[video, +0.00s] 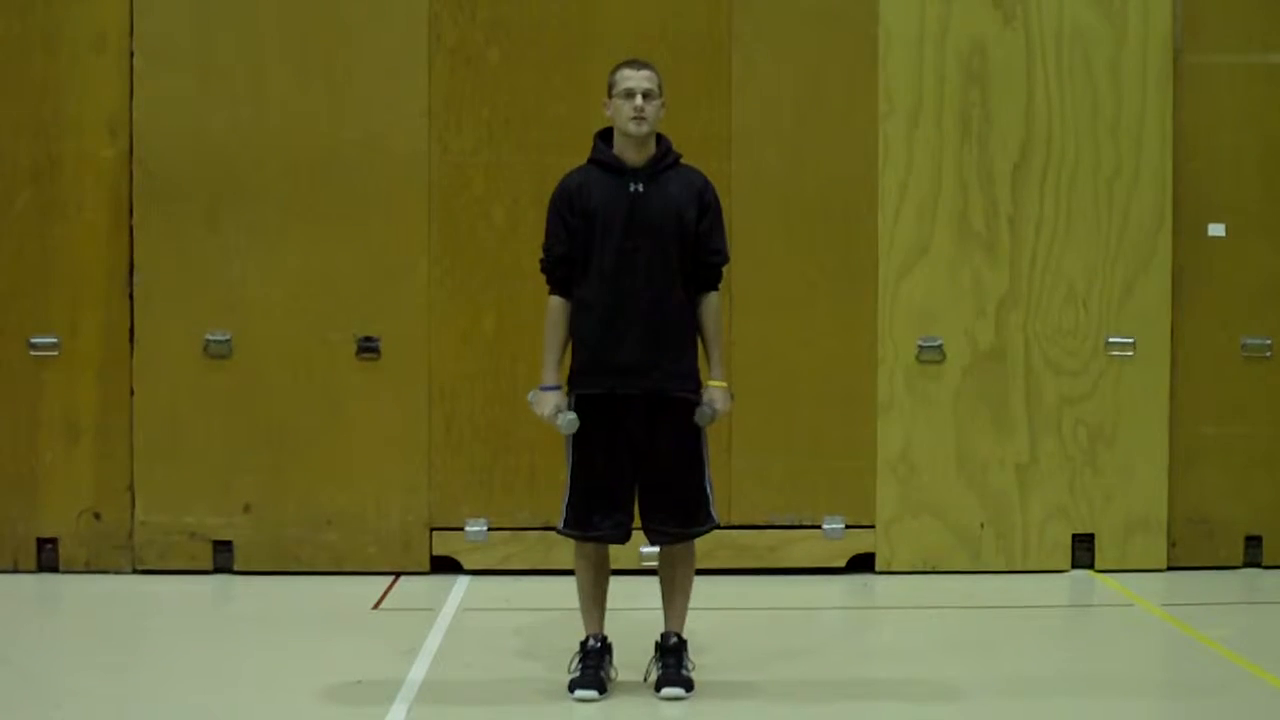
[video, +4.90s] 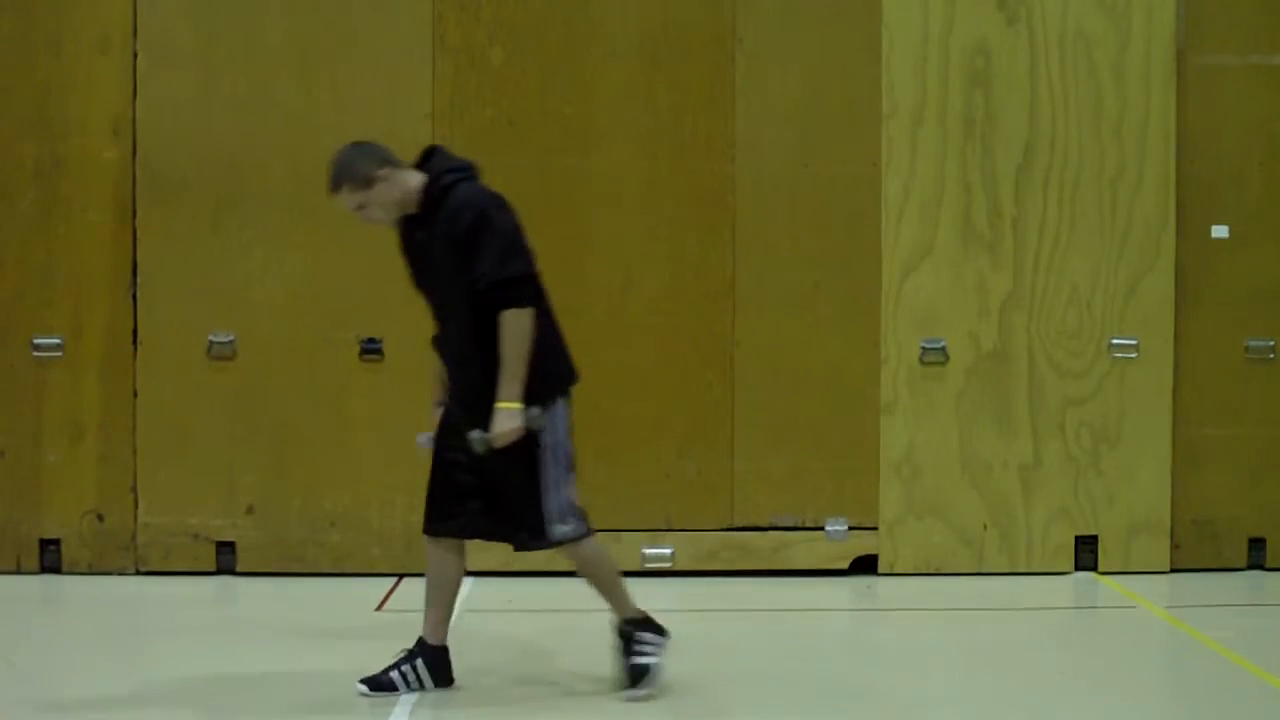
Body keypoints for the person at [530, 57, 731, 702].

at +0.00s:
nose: (639, 105)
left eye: (649, 96)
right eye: (628, 95)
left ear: (663, 108)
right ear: (608, 107)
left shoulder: (693, 188)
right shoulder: (577, 188)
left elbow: (709, 289)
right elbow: (560, 292)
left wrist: (717, 375)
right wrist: (551, 381)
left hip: (672, 384)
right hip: (597, 384)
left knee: (677, 523)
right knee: (592, 521)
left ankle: (673, 648)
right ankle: (593, 647)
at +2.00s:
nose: (644, 108)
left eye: (655, 99)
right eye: (634, 98)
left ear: (669, 109)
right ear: (613, 107)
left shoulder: (696, 188)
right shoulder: (580, 188)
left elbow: (711, 289)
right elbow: (563, 291)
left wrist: (719, 373)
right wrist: (556, 379)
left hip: (674, 384)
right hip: (599, 384)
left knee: (679, 523)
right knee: (594, 522)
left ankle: (673, 647)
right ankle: (594, 647)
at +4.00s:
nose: (622, 152)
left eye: (630, 140)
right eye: (616, 141)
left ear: (661, 122)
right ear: (611, 133)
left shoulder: (718, 192)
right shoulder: (601, 192)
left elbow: (734, 291)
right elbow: (584, 286)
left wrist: (733, 379)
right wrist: (567, 369)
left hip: (689, 389)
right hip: (615, 387)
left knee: (686, 525)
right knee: (610, 522)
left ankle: (676, 648)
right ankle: (610, 646)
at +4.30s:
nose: (572, 174)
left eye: (576, 160)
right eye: (565, 164)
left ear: (607, 139)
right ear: (577, 152)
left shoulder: (679, 193)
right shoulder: (580, 204)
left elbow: (706, 293)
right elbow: (594, 291)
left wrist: (702, 387)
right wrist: (597, 369)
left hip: (665, 387)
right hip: (597, 383)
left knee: (673, 525)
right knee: (564, 514)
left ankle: (675, 650)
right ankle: (555, 648)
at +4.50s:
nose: (529, 190)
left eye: (529, 175)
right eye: (520, 180)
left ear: (557, 148)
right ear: (536, 162)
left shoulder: (634, 200)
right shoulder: (553, 211)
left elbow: (661, 302)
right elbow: (572, 300)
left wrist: (646, 397)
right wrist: (567, 376)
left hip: (635, 393)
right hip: (568, 388)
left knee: (652, 531)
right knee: (519, 517)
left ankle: (672, 650)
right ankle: (466, 642)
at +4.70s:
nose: (449, 205)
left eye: (448, 192)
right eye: (442, 197)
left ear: (476, 165)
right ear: (462, 177)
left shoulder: (559, 208)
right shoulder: (489, 221)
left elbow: (587, 310)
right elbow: (518, 310)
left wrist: (573, 404)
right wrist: (515, 383)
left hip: (586, 397)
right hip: (520, 397)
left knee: (623, 532)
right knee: (475, 526)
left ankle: (667, 648)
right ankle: (435, 652)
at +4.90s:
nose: (366, 220)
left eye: (362, 208)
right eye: (358, 213)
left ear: (383, 179)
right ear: (379, 189)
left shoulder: (477, 207)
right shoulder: (413, 227)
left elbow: (518, 305)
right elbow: (451, 317)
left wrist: (509, 402)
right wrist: (446, 389)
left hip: (531, 391)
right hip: (471, 392)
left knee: (559, 521)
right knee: (443, 524)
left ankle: (637, 625)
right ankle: (432, 653)